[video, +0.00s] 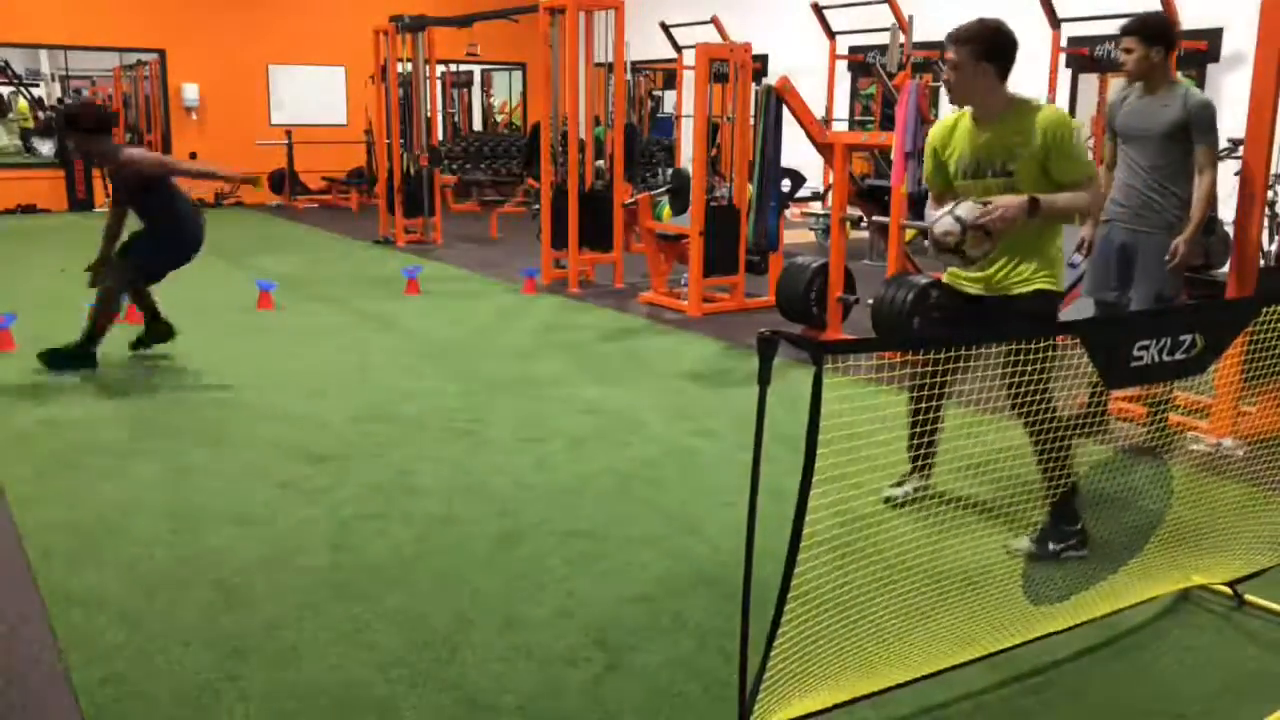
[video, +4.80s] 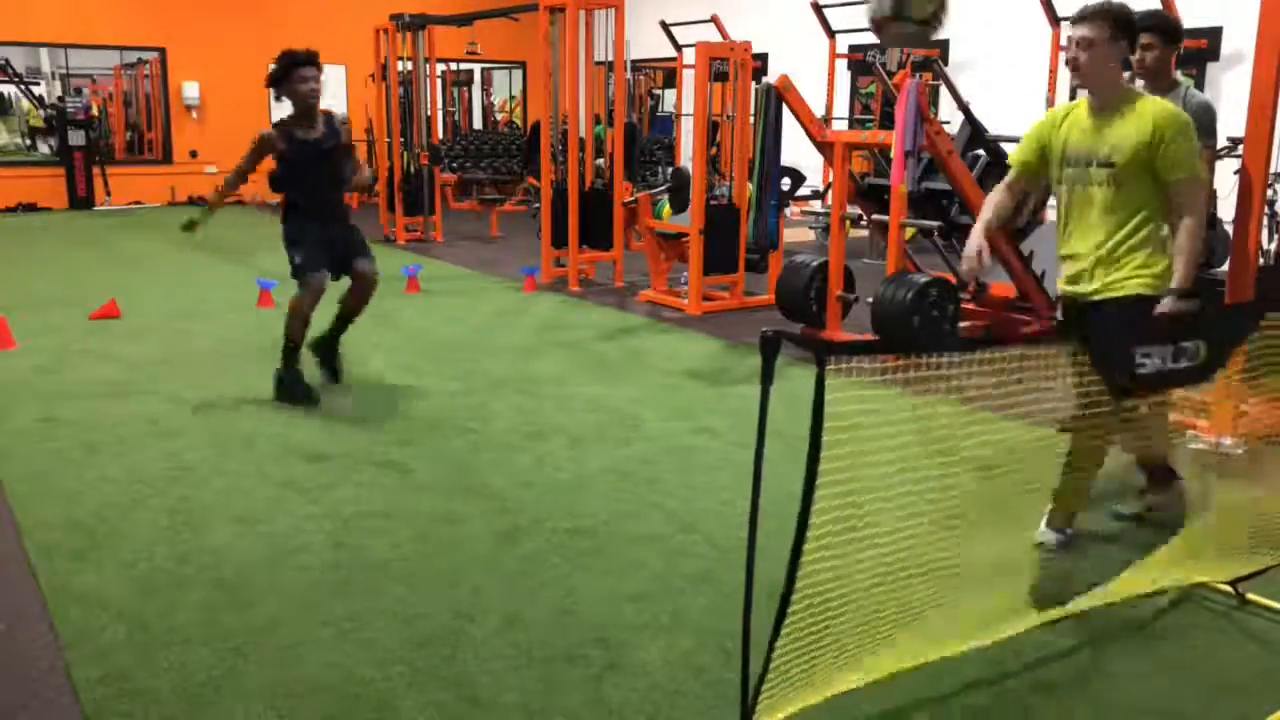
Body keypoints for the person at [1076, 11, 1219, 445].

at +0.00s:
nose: (1121, 59)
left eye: (1128, 52)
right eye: (1120, 51)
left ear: (1159, 54)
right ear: (1141, 55)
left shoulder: (1194, 105)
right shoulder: (1118, 99)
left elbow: (1206, 173)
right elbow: (1108, 166)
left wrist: (1191, 234)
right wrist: (1092, 222)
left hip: (1161, 237)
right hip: (1113, 230)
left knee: (1150, 329)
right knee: (1104, 324)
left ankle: (1155, 423)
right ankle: (1094, 405)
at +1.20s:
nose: (1144, 59)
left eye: (1153, 50)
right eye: (1138, 51)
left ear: (1175, 52)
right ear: (1131, 55)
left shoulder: (1200, 104)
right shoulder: (1120, 97)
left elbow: (1209, 171)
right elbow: (1106, 158)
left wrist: (1199, 235)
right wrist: (1100, 216)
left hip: (1169, 224)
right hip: (1120, 220)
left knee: (1163, 316)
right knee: (1103, 308)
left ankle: (1159, 410)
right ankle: (1090, 400)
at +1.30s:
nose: (1142, 59)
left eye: (1151, 50)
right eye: (1135, 51)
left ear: (1174, 51)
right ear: (1129, 55)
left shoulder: (1198, 106)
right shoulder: (1124, 102)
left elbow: (1206, 174)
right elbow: (1106, 164)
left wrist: (1197, 236)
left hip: (1171, 224)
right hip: (1124, 219)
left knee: (1161, 310)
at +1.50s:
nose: (1130, 61)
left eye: (1138, 53)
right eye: (1128, 54)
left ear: (1169, 53)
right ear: (1126, 54)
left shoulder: (1198, 107)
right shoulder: (1122, 100)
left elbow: (1206, 174)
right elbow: (1105, 163)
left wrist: (1195, 238)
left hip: (1167, 225)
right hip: (1122, 220)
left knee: (1158, 309)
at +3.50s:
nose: (1121, 59)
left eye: (1128, 51)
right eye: (1121, 51)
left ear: (1158, 54)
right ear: (1143, 55)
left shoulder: (1195, 106)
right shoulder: (1121, 104)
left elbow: (1205, 175)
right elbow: (1109, 171)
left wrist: (1189, 238)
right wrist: (1088, 226)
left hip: (1160, 236)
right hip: (1114, 229)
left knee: (1143, 327)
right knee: (1105, 322)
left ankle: (1154, 421)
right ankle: (1097, 403)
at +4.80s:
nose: (1138, 58)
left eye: (1148, 49)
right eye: (1135, 49)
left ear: (1173, 51)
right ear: (1129, 52)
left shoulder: (1196, 107)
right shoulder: (1127, 99)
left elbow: (1204, 178)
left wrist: (1195, 233)